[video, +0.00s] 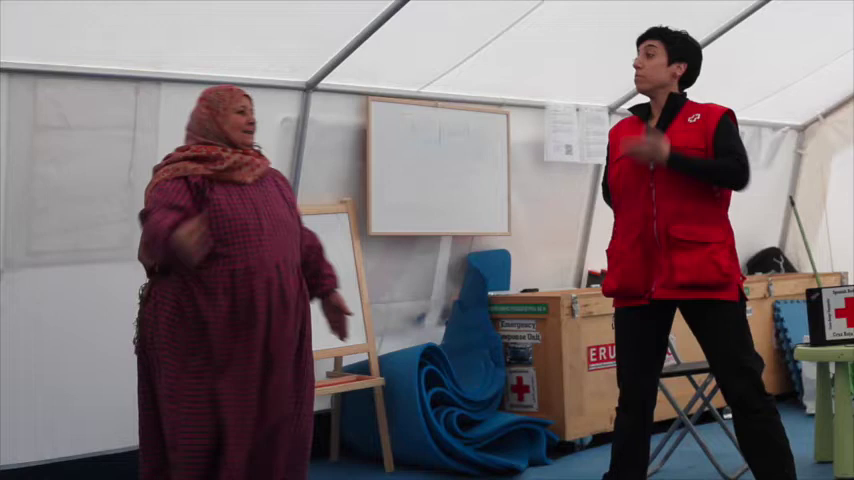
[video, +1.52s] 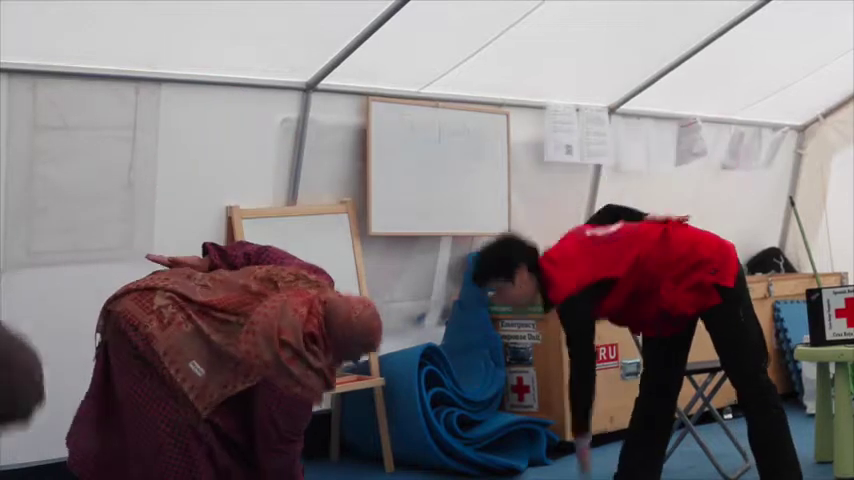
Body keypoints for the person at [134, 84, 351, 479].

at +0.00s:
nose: (252, 119)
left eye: (252, 113)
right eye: (241, 112)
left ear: (254, 121)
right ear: (210, 119)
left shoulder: (271, 178)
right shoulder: (180, 175)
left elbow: (300, 239)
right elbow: (157, 227)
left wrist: (327, 291)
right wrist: (178, 241)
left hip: (274, 332)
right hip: (201, 334)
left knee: (277, 439)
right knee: (201, 438)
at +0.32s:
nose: (249, 120)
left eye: (246, 112)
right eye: (240, 112)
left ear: (210, 120)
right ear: (213, 118)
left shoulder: (230, 163)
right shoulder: (190, 168)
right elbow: (221, 196)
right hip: (212, 337)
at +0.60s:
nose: (299, 159)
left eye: (299, 151)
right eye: (296, 150)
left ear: (243, 141)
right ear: (274, 150)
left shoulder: (206, 184)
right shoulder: (251, 196)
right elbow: (290, 259)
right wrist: (364, 292)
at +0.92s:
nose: (345, 284)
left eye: (351, 276)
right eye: (347, 276)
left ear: (319, 228)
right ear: (335, 271)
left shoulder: (262, 223)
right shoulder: (292, 297)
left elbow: (182, 238)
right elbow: (296, 386)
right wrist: (327, 439)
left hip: (120, 319)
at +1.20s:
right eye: (357, 349)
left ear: (341, 290)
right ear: (349, 350)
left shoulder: (302, 272)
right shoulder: (298, 367)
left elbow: (234, 252)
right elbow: (283, 449)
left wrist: (192, 264)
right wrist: (290, 477)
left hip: (128, 311)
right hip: (166, 363)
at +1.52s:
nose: (338, 290)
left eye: (339, 294)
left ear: (337, 295)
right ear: (347, 354)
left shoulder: (313, 278)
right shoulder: (297, 373)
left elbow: (256, 254)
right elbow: (281, 455)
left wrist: (205, 263)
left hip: (132, 303)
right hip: (157, 357)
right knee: (182, 457)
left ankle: (91, 464)